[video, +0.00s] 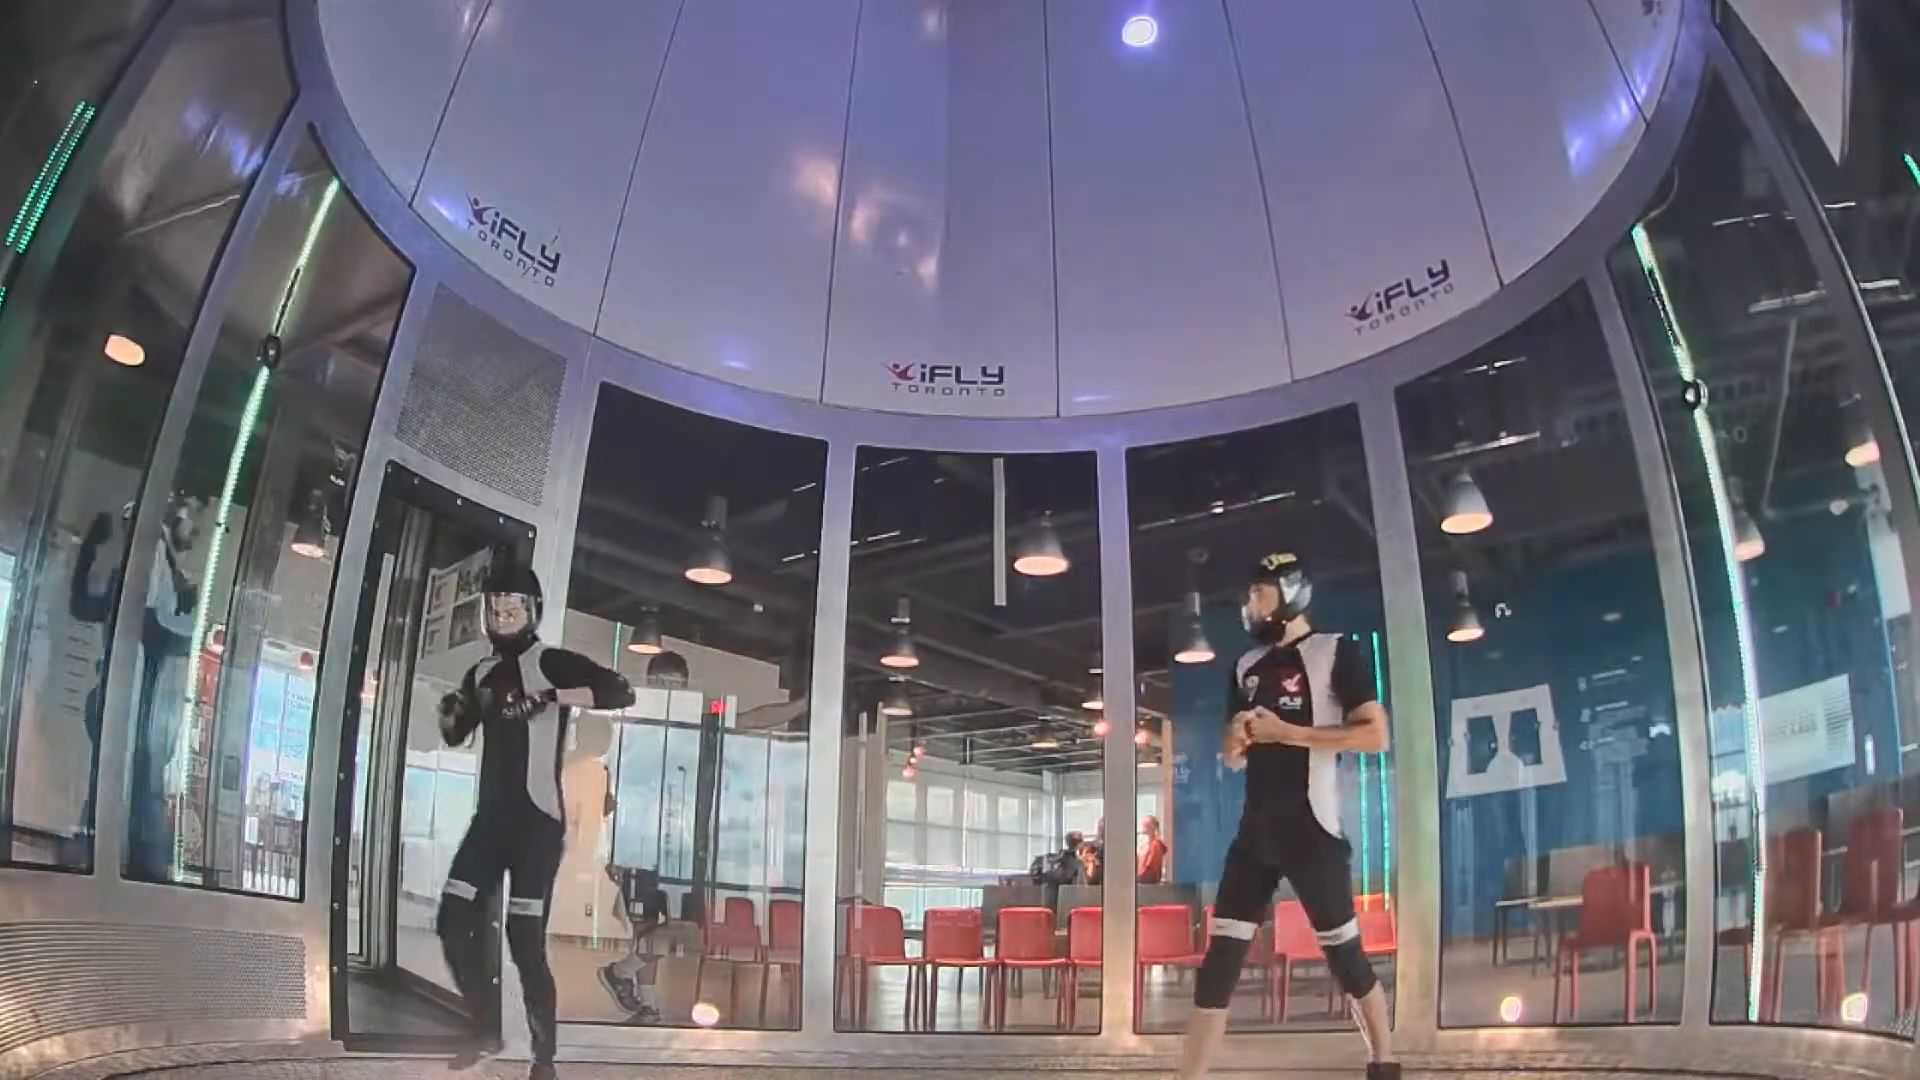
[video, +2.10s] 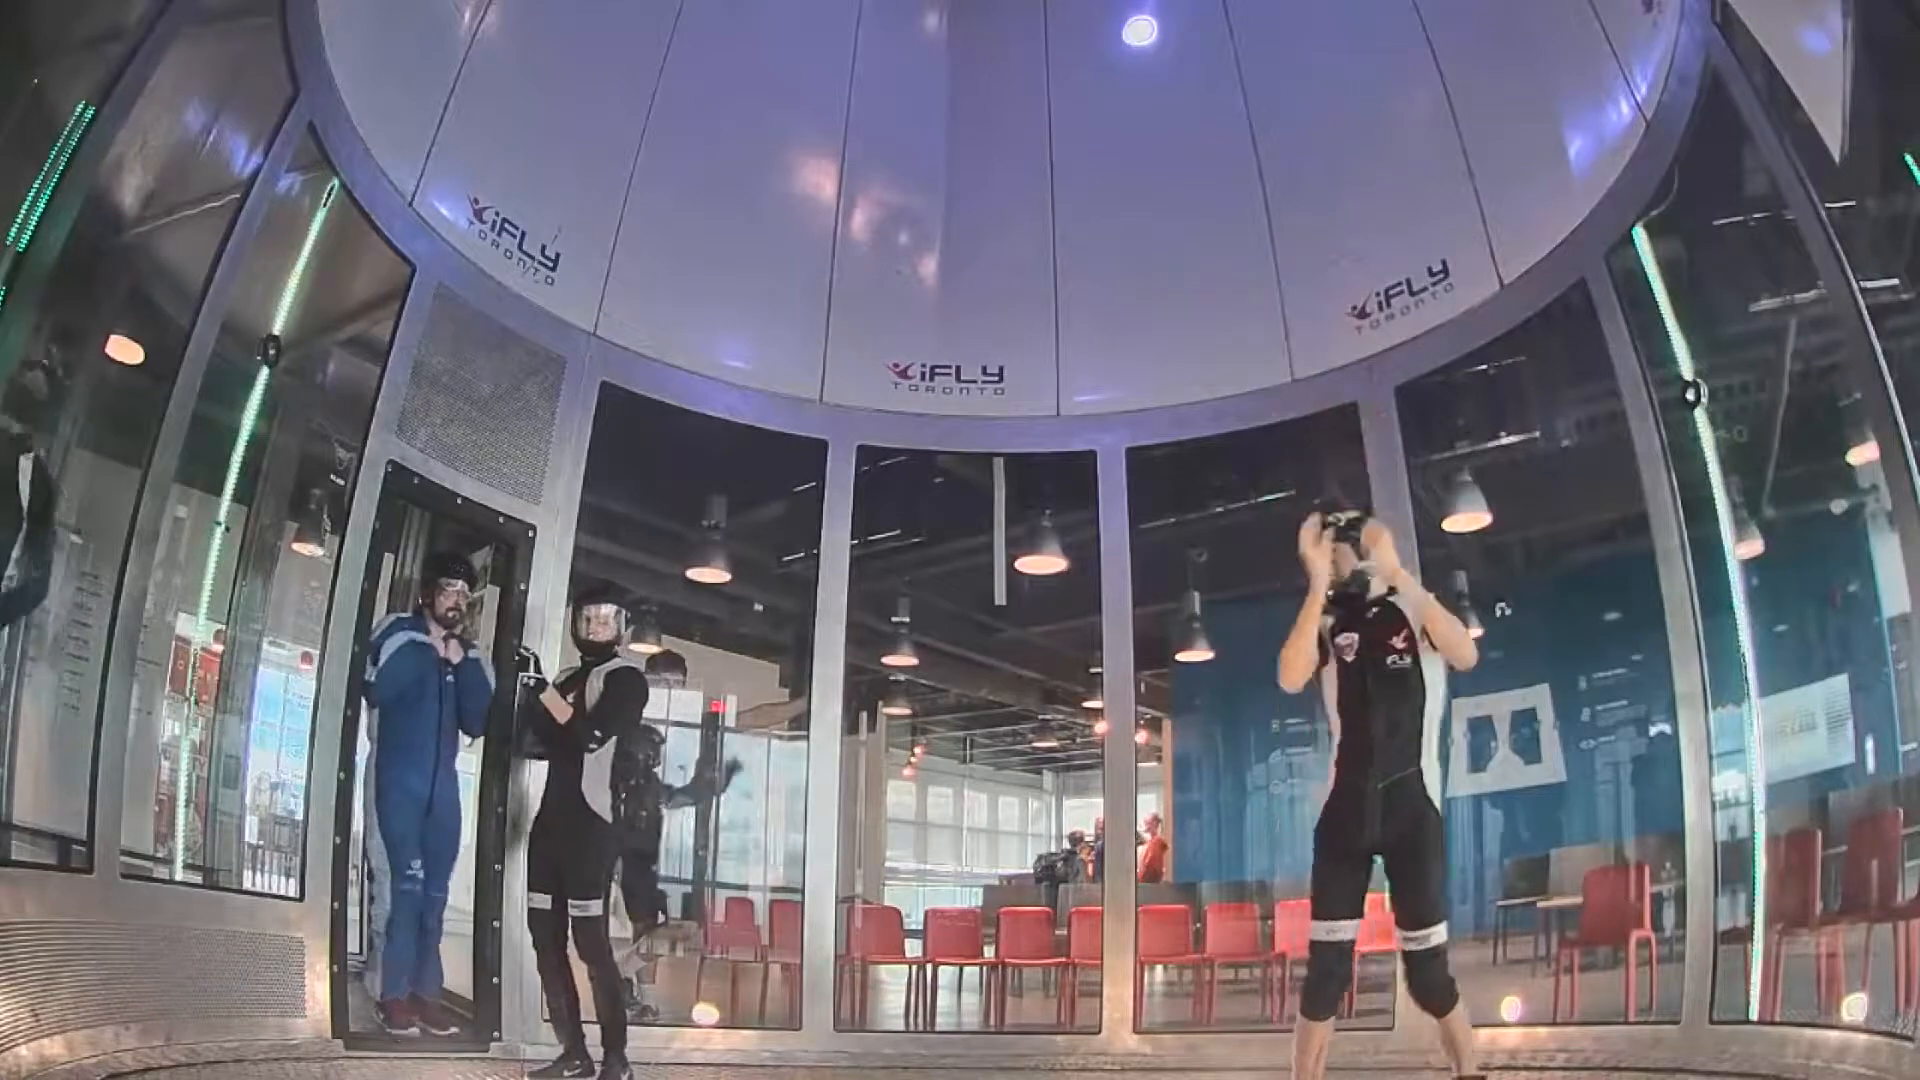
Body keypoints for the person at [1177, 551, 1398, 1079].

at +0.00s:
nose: (1252, 602)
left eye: (1262, 591)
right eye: (1252, 592)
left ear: (1292, 595)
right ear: (1256, 599)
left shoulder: (1338, 652)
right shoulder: (1245, 667)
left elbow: (1375, 735)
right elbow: (1230, 756)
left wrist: (1289, 732)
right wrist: (1236, 741)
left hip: (1315, 828)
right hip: (1257, 828)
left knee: (1346, 960)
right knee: (1221, 957)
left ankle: (1383, 1062)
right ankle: (1188, 1076)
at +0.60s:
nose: (1343, 596)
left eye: (1352, 585)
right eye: (1334, 587)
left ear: (1373, 591)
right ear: (1322, 598)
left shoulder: (1405, 646)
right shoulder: (1311, 667)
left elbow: (1449, 723)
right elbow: (1302, 760)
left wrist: (1371, 741)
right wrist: (1311, 750)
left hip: (1391, 826)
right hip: (1331, 827)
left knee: (1386, 966)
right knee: (1300, 955)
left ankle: (1393, 1066)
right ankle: (1293, 1075)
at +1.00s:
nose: (1327, 588)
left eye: (1336, 577)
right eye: (1317, 580)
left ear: (1355, 586)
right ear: (1304, 592)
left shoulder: (1399, 641)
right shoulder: (1292, 659)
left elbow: (1434, 702)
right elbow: (1284, 734)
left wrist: (1366, 647)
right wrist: (1322, 666)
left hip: (1382, 828)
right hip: (1318, 830)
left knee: (1387, 967)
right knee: (1313, 962)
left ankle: (1392, 1065)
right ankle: (1302, 1076)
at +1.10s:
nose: (1314, 579)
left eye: (1321, 573)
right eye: (1303, 571)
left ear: (1340, 584)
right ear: (1294, 588)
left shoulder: (1373, 634)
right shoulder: (1287, 641)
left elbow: (1408, 657)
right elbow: (1284, 665)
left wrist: (1366, 564)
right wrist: (1320, 583)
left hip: (1373, 816)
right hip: (1308, 820)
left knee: (1381, 965)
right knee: (1311, 967)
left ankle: (1391, 1062)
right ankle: (1301, 1078)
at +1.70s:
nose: (1298, 562)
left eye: (1305, 556)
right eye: (1282, 558)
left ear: (1321, 569)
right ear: (1268, 582)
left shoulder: (1372, 625)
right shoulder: (1271, 638)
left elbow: (1380, 574)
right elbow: (1283, 578)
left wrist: (1349, 475)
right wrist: (1295, 478)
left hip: (1379, 815)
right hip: (1306, 821)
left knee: (1395, 969)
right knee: (1307, 977)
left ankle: (1421, 1070)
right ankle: (1301, 1077)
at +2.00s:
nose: (1324, 550)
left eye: (1333, 541)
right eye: (1313, 544)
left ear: (1352, 556)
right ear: (1301, 563)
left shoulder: (1396, 620)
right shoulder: (1299, 631)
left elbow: (1422, 597)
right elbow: (1287, 606)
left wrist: (1369, 497)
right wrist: (1314, 500)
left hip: (1396, 815)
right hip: (1323, 819)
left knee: (1406, 977)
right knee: (1313, 979)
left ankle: (1437, 1074)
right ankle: (1304, 1077)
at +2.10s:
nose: (1343, 553)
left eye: (1353, 540)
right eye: (1332, 544)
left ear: (1376, 545)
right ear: (1322, 557)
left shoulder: (1421, 607)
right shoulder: (1326, 621)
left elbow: (1464, 656)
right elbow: (1291, 677)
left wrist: (1398, 576)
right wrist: (1318, 584)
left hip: (1412, 808)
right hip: (1346, 810)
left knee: (1429, 976)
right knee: (1326, 971)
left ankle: (1467, 1070)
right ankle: (1304, 1077)